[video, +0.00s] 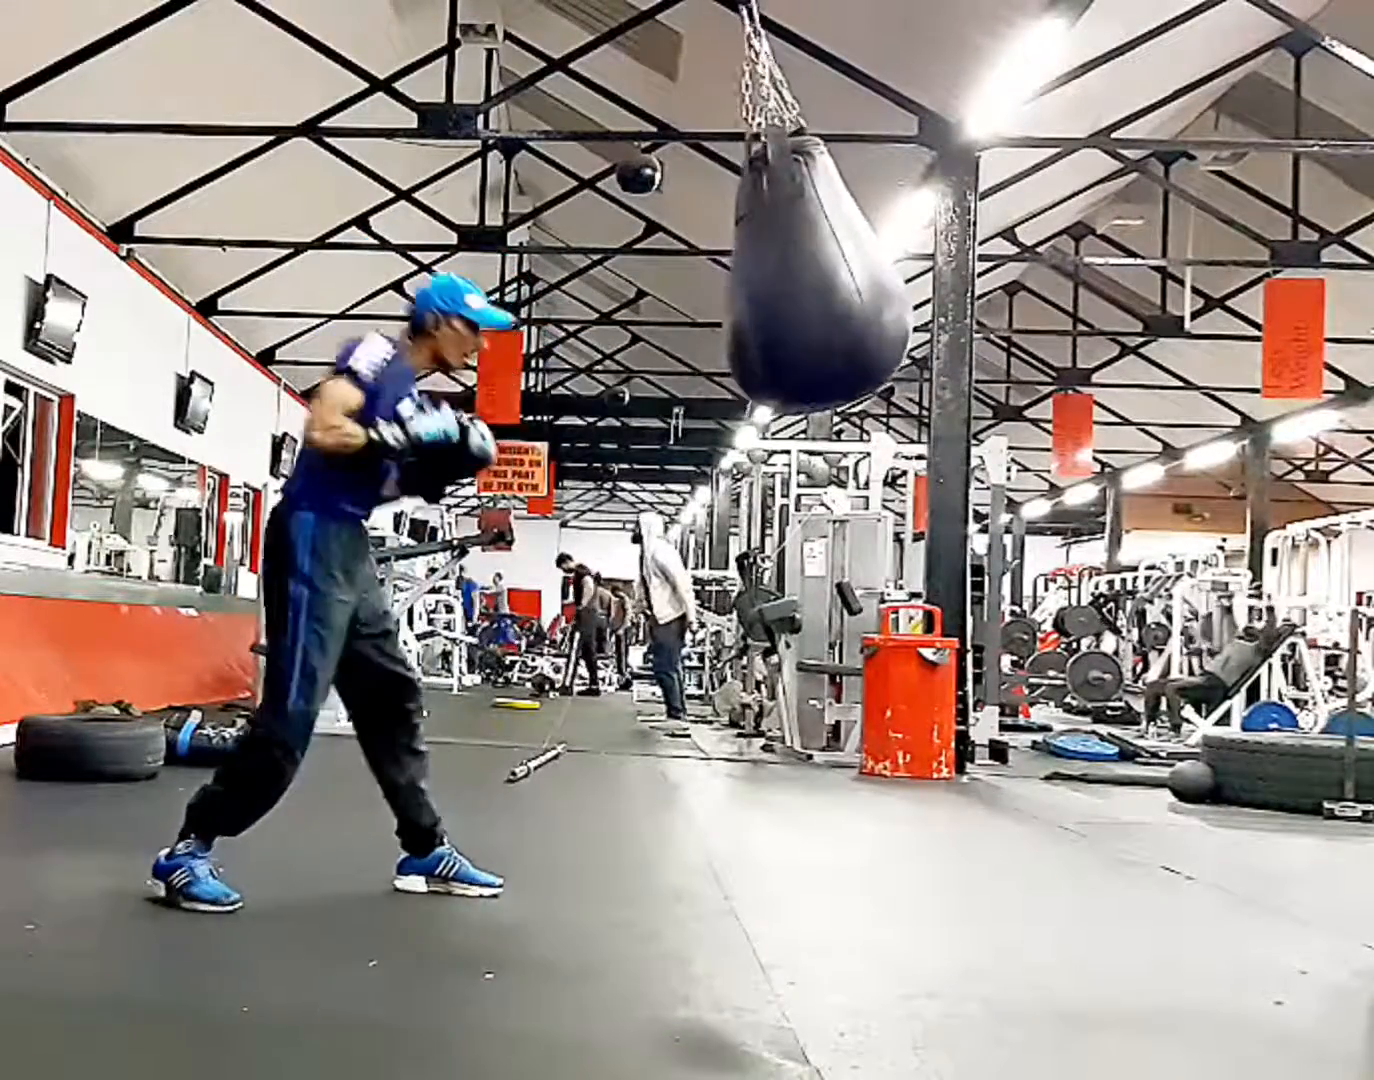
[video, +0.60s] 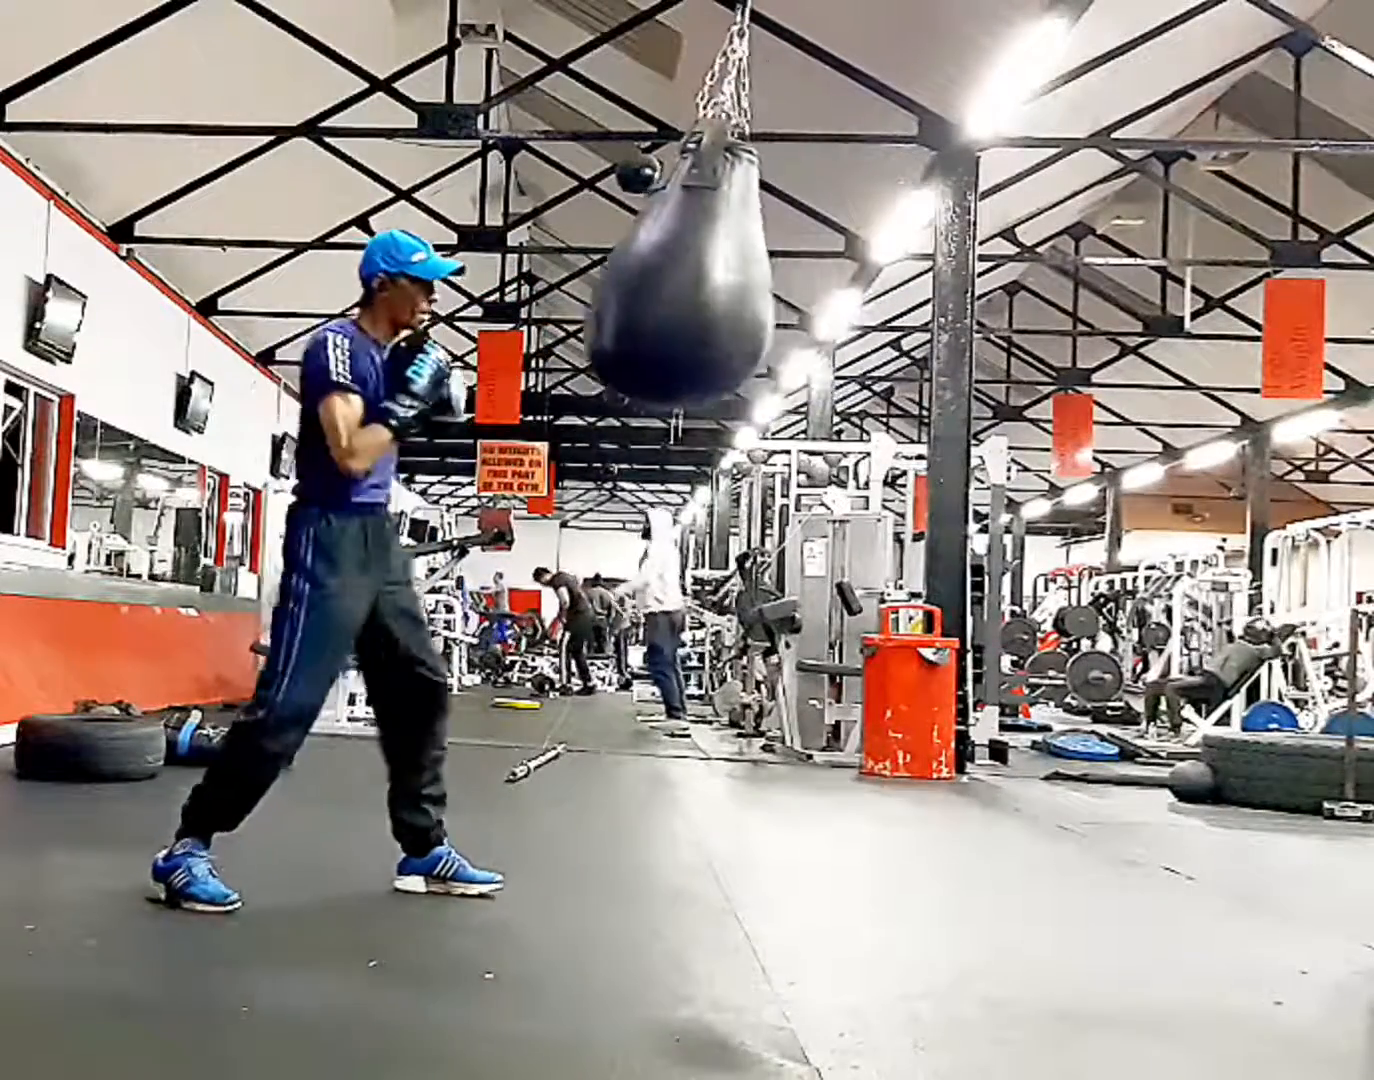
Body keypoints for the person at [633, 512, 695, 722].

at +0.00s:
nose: (633, 530)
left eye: (636, 526)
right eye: (634, 526)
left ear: (646, 529)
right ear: (649, 529)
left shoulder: (660, 551)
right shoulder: (647, 552)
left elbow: (681, 581)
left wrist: (691, 615)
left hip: (669, 616)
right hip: (659, 616)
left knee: (666, 667)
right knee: (668, 666)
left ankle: (676, 712)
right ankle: (676, 710)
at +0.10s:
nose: (631, 532)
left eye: (634, 528)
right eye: (632, 527)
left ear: (644, 530)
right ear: (647, 530)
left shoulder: (659, 551)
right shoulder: (645, 553)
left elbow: (680, 581)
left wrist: (691, 614)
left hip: (669, 617)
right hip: (658, 618)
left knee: (666, 667)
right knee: (669, 666)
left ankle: (676, 711)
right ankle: (675, 710)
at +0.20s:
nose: (628, 533)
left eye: (631, 528)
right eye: (629, 528)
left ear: (641, 531)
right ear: (646, 531)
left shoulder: (656, 552)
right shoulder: (646, 553)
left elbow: (680, 581)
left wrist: (690, 614)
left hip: (669, 618)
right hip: (661, 618)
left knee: (666, 668)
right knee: (671, 667)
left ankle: (676, 712)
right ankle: (677, 710)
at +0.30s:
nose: (626, 534)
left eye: (630, 529)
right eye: (627, 529)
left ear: (640, 532)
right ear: (642, 533)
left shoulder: (655, 554)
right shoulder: (643, 555)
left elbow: (679, 584)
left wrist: (685, 619)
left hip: (668, 620)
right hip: (659, 620)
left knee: (666, 670)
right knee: (672, 669)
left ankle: (676, 713)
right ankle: (678, 710)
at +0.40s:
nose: (628, 533)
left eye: (631, 529)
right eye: (629, 528)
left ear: (641, 531)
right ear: (645, 531)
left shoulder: (655, 554)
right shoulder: (646, 555)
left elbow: (668, 587)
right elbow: (654, 588)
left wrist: (665, 620)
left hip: (672, 616)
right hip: (665, 616)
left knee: (666, 668)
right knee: (673, 668)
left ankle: (676, 713)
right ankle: (678, 710)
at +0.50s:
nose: (635, 531)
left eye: (639, 526)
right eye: (637, 526)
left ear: (647, 527)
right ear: (656, 527)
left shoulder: (654, 548)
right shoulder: (660, 547)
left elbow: (656, 583)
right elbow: (646, 581)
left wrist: (643, 607)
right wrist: (634, 595)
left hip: (666, 611)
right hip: (674, 610)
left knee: (664, 665)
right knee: (672, 663)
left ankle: (675, 712)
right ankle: (678, 709)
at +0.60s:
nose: (642, 528)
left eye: (646, 524)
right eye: (644, 524)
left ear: (653, 526)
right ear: (663, 526)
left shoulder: (656, 548)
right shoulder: (669, 547)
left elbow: (645, 578)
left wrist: (620, 591)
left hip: (659, 612)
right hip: (671, 609)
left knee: (660, 662)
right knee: (670, 662)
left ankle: (675, 711)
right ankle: (679, 707)